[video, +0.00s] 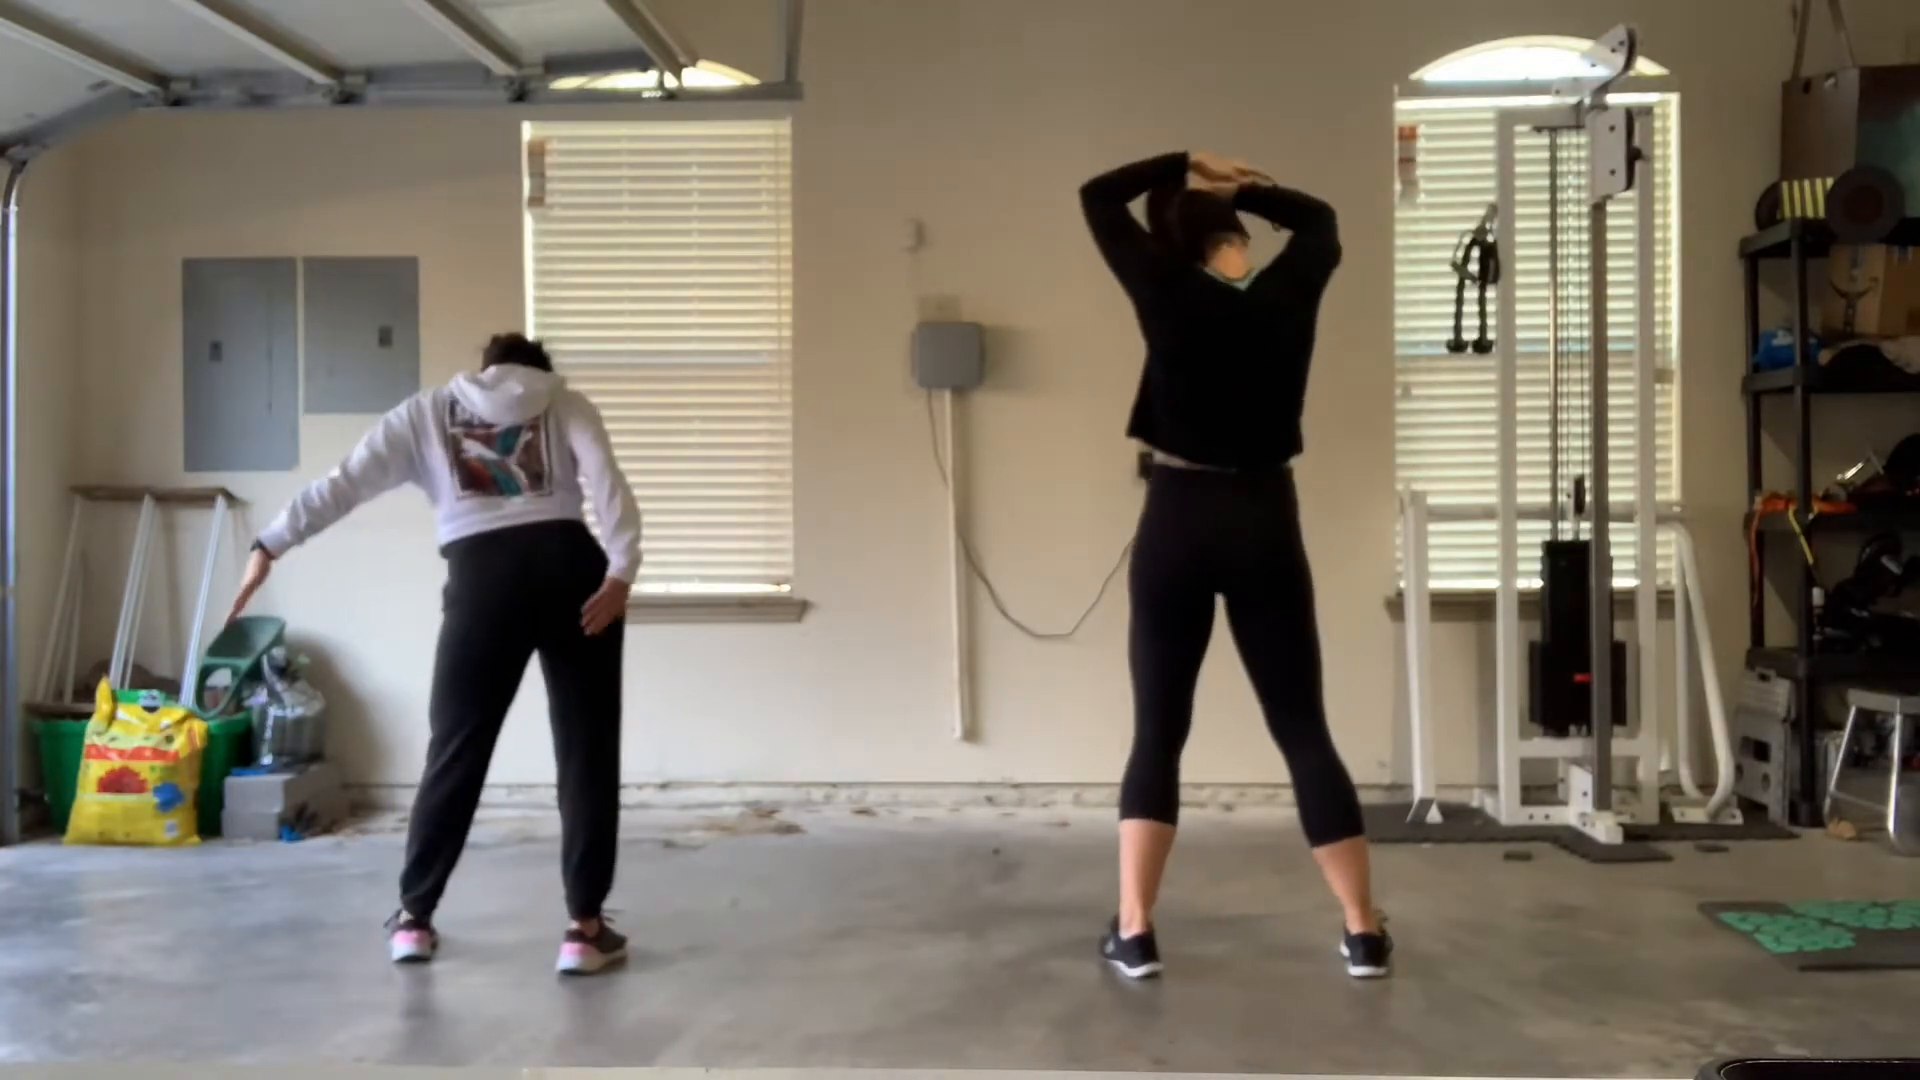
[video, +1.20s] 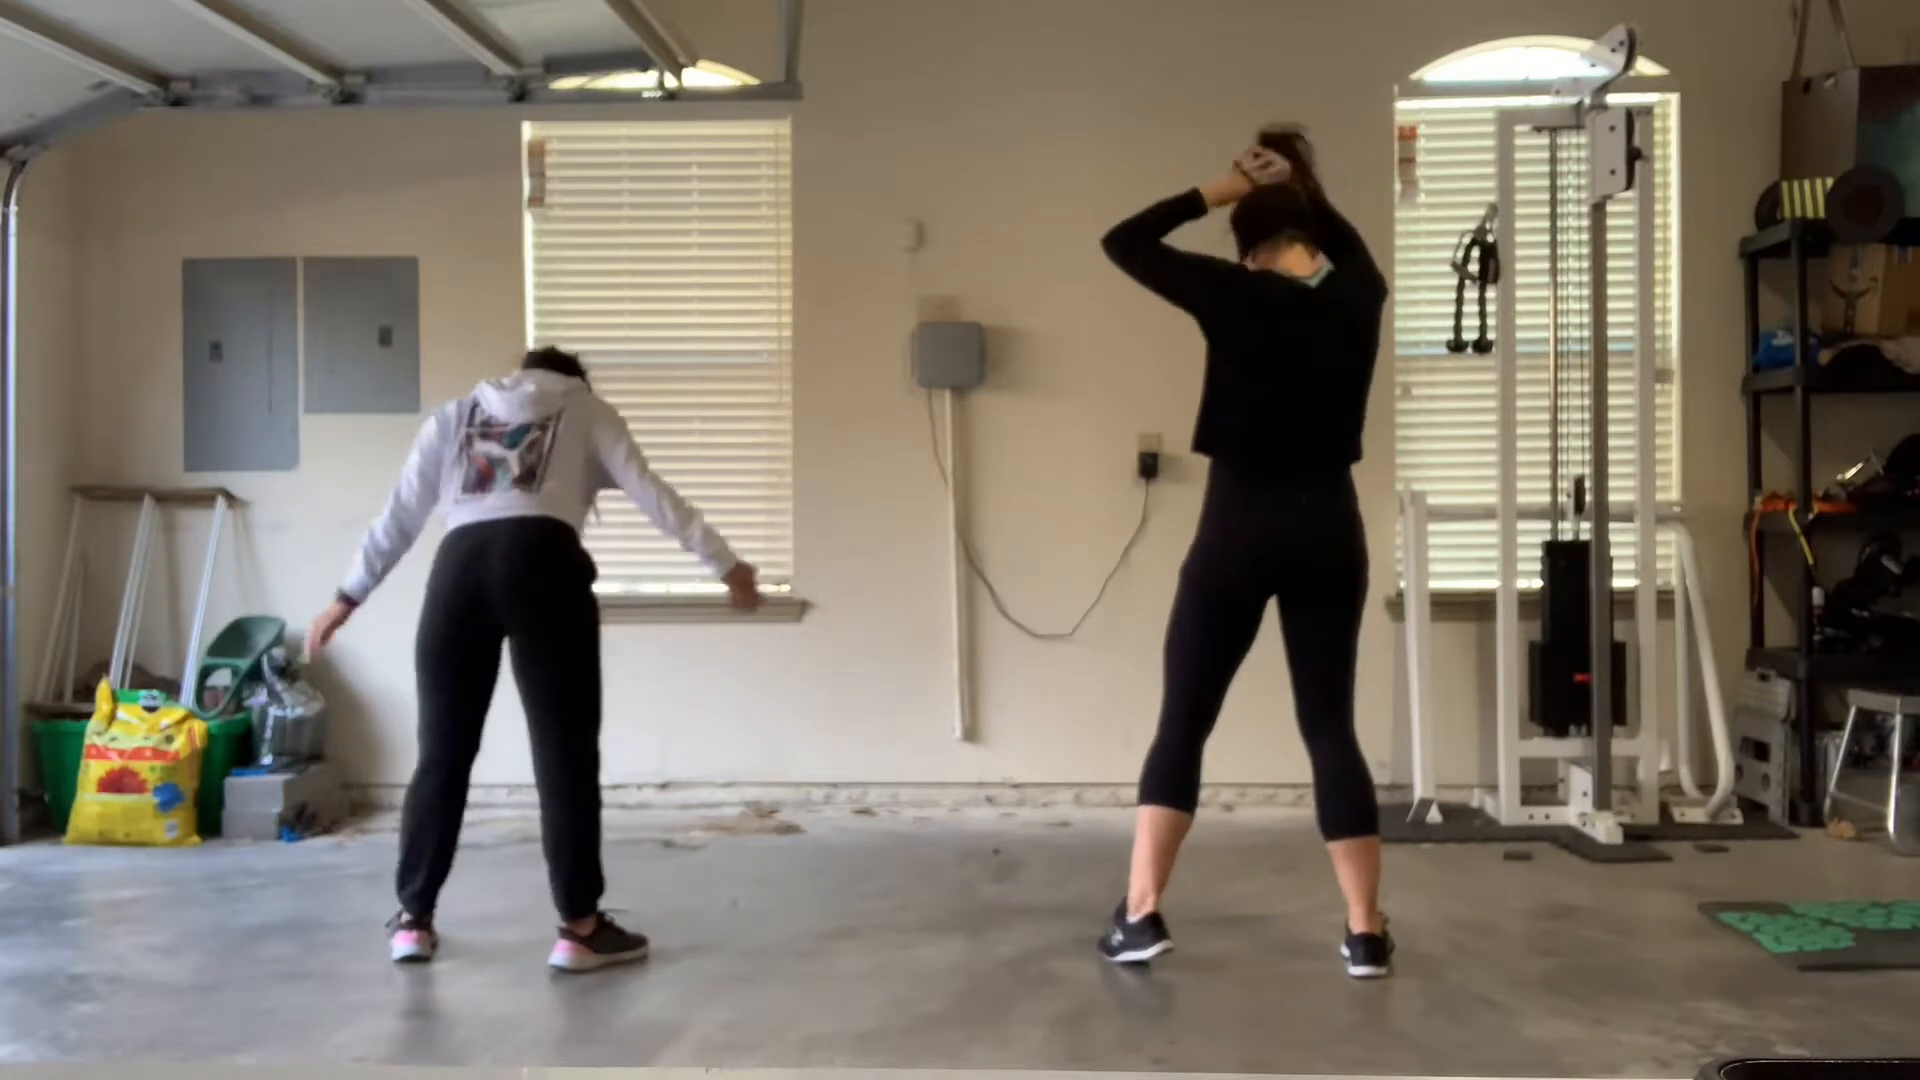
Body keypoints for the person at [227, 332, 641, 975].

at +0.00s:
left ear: (481, 369)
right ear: (541, 372)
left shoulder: (429, 409)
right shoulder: (567, 403)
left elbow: (347, 481)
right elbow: (604, 481)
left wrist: (268, 546)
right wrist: (621, 571)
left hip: (484, 575)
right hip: (573, 568)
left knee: (455, 751)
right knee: (588, 758)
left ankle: (414, 919)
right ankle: (585, 927)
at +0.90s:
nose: (571, 398)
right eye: (572, 386)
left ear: (509, 369)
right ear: (562, 377)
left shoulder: (440, 412)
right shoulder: (566, 399)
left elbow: (387, 505)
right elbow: (562, 475)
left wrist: (354, 593)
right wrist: (571, 573)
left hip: (466, 569)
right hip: (553, 564)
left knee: (445, 749)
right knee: (578, 753)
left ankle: (413, 920)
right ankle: (581, 924)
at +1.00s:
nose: (578, 400)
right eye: (578, 390)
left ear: (514, 373)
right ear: (566, 381)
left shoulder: (442, 417)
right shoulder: (572, 404)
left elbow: (393, 515)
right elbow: (590, 486)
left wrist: (363, 603)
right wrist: (619, 576)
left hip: (479, 571)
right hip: (566, 561)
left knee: (453, 747)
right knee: (585, 750)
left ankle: (414, 919)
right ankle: (583, 924)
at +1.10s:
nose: (584, 397)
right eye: (582, 387)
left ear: (515, 374)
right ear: (569, 380)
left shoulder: (446, 415)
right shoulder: (579, 404)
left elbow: (400, 517)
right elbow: (620, 485)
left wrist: (361, 606)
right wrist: (679, 575)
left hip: (475, 570)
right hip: (563, 564)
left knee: (451, 748)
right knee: (580, 751)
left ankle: (413, 920)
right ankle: (582, 925)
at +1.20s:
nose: (589, 396)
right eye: (585, 386)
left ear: (517, 376)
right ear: (576, 382)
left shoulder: (454, 414)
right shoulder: (586, 409)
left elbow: (403, 512)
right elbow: (648, 491)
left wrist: (348, 596)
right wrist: (728, 564)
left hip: (457, 571)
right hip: (546, 568)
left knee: (442, 756)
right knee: (565, 755)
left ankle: (412, 921)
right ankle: (580, 926)